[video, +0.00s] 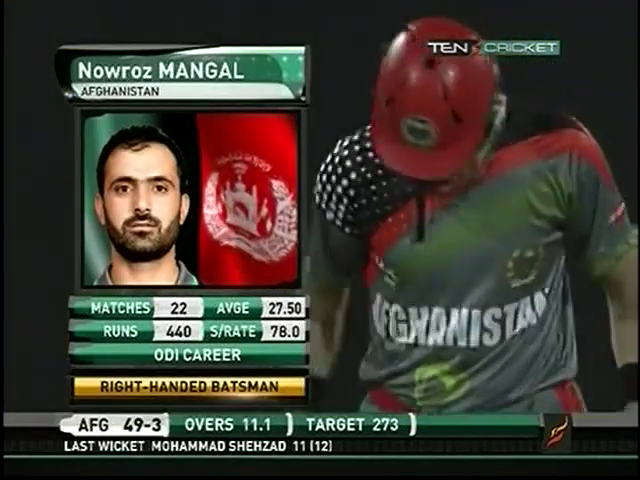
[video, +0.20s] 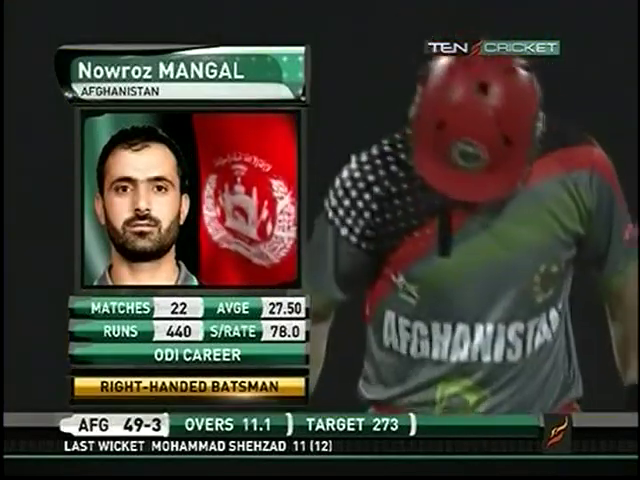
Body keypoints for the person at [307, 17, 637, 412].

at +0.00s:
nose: (433, 182)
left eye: (448, 167)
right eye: (418, 167)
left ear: (489, 125)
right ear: (388, 128)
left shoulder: (565, 158)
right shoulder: (352, 174)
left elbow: (626, 293)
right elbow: (322, 308)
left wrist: (633, 397)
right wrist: (306, 412)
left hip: (535, 422)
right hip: (398, 427)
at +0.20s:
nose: (471, 201)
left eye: (489, 184)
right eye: (452, 180)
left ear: (533, 137)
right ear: (418, 129)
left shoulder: (581, 174)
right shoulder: (368, 186)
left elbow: (625, 303)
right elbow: (312, 314)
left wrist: (634, 393)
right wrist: (280, 425)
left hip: (539, 434)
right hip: (402, 436)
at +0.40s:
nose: (509, 219)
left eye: (529, 207)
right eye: (492, 203)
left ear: (575, 162)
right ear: (462, 141)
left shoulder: (613, 204)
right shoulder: (400, 187)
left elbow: (631, 331)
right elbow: (327, 306)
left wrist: (636, 431)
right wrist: (302, 419)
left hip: (544, 440)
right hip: (407, 437)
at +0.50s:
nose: (518, 221)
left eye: (538, 210)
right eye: (503, 204)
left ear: (582, 166)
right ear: (474, 144)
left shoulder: (617, 202)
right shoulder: (403, 188)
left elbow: (632, 327)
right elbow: (328, 302)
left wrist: (637, 427)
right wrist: (304, 419)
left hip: (546, 436)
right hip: (413, 433)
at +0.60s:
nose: (525, 225)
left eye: (544, 212)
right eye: (510, 207)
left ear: (588, 170)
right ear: (479, 148)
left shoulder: (620, 202)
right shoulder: (410, 186)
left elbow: (633, 320)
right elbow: (330, 300)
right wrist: (309, 416)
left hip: (547, 431)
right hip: (417, 428)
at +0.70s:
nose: (526, 224)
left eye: (546, 211)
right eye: (512, 207)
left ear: (591, 169)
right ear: (482, 148)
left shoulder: (620, 202)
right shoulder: (410, 186)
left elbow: (635, 319)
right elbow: (330, 302)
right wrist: (308, 420)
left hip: (547, 427)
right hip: (418, 425)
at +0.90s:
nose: (521, 226)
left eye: (541, 213)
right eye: (506, 209)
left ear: (583, 172)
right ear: (477, 154)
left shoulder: (616, 202)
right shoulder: (405, 189)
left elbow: (630, 312)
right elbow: (327, 302)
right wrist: (307, 411)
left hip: (543, 420)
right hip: (418, 418)